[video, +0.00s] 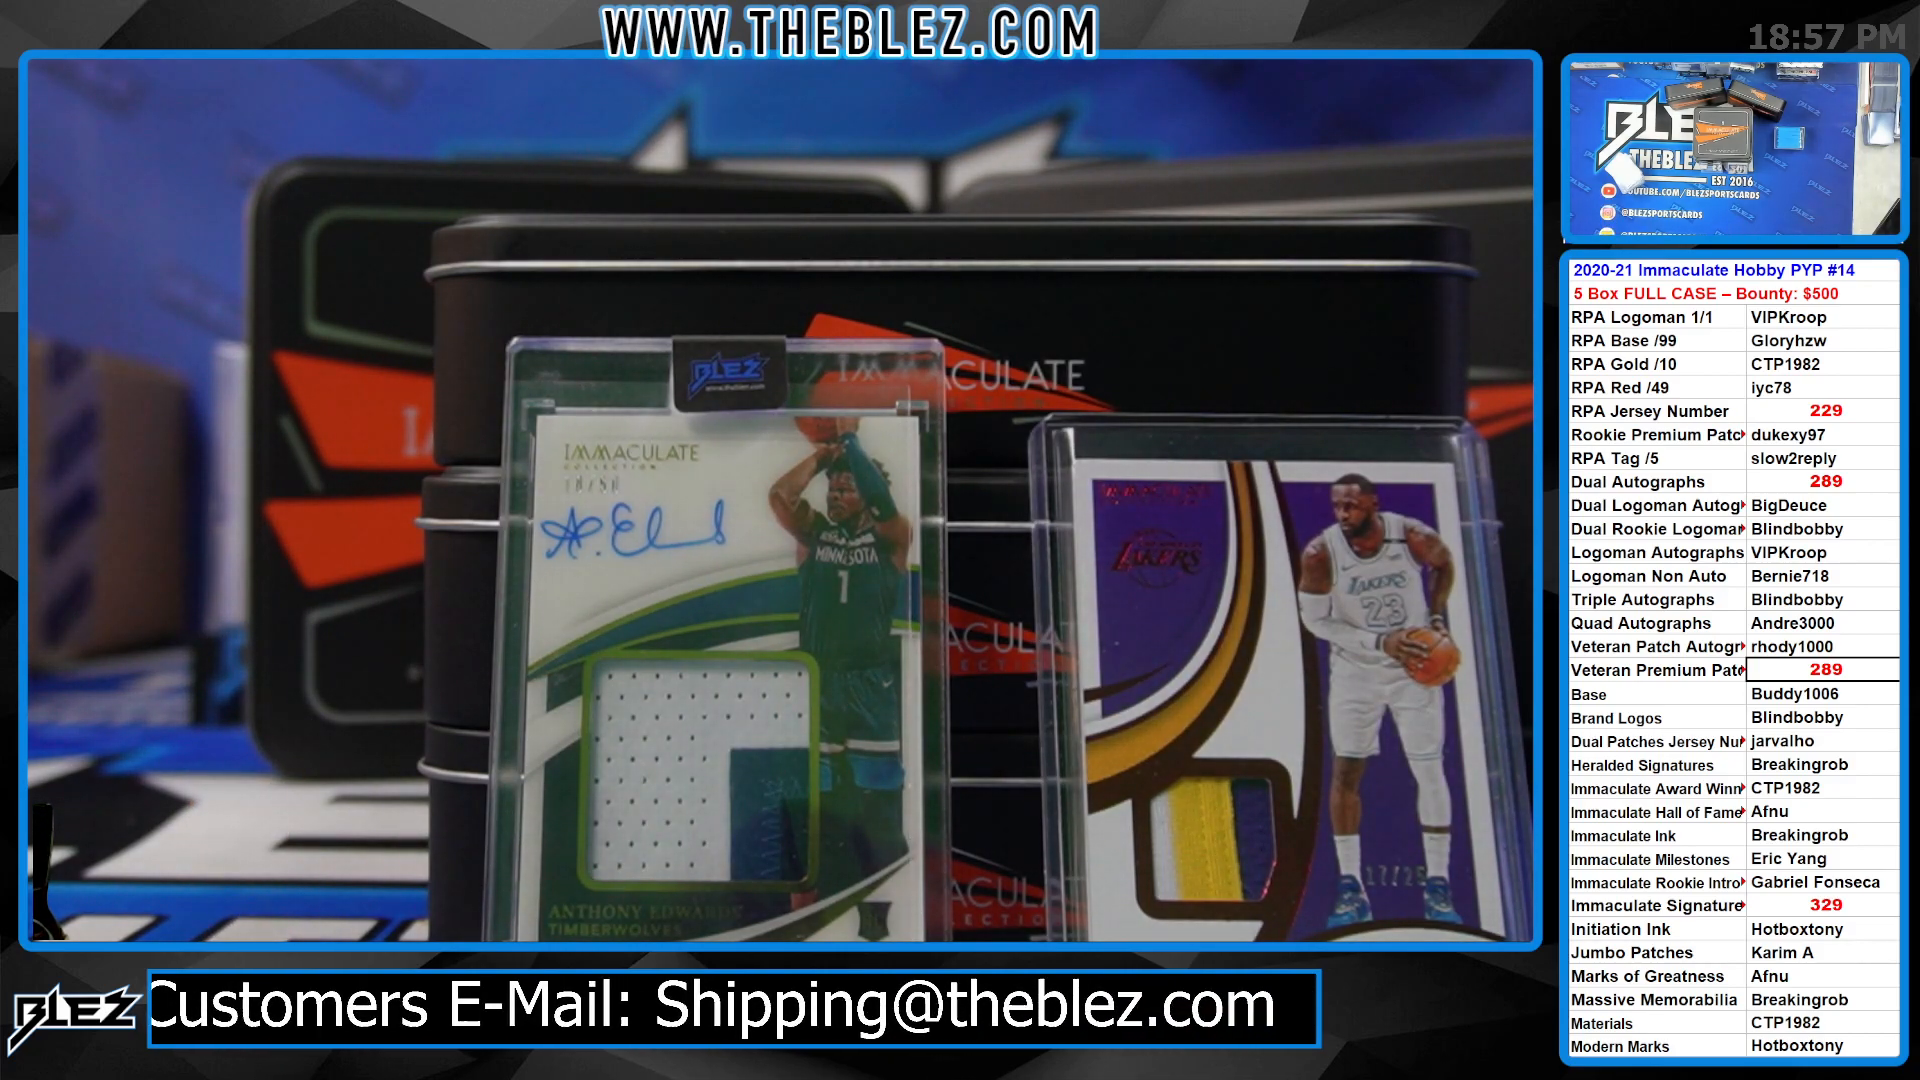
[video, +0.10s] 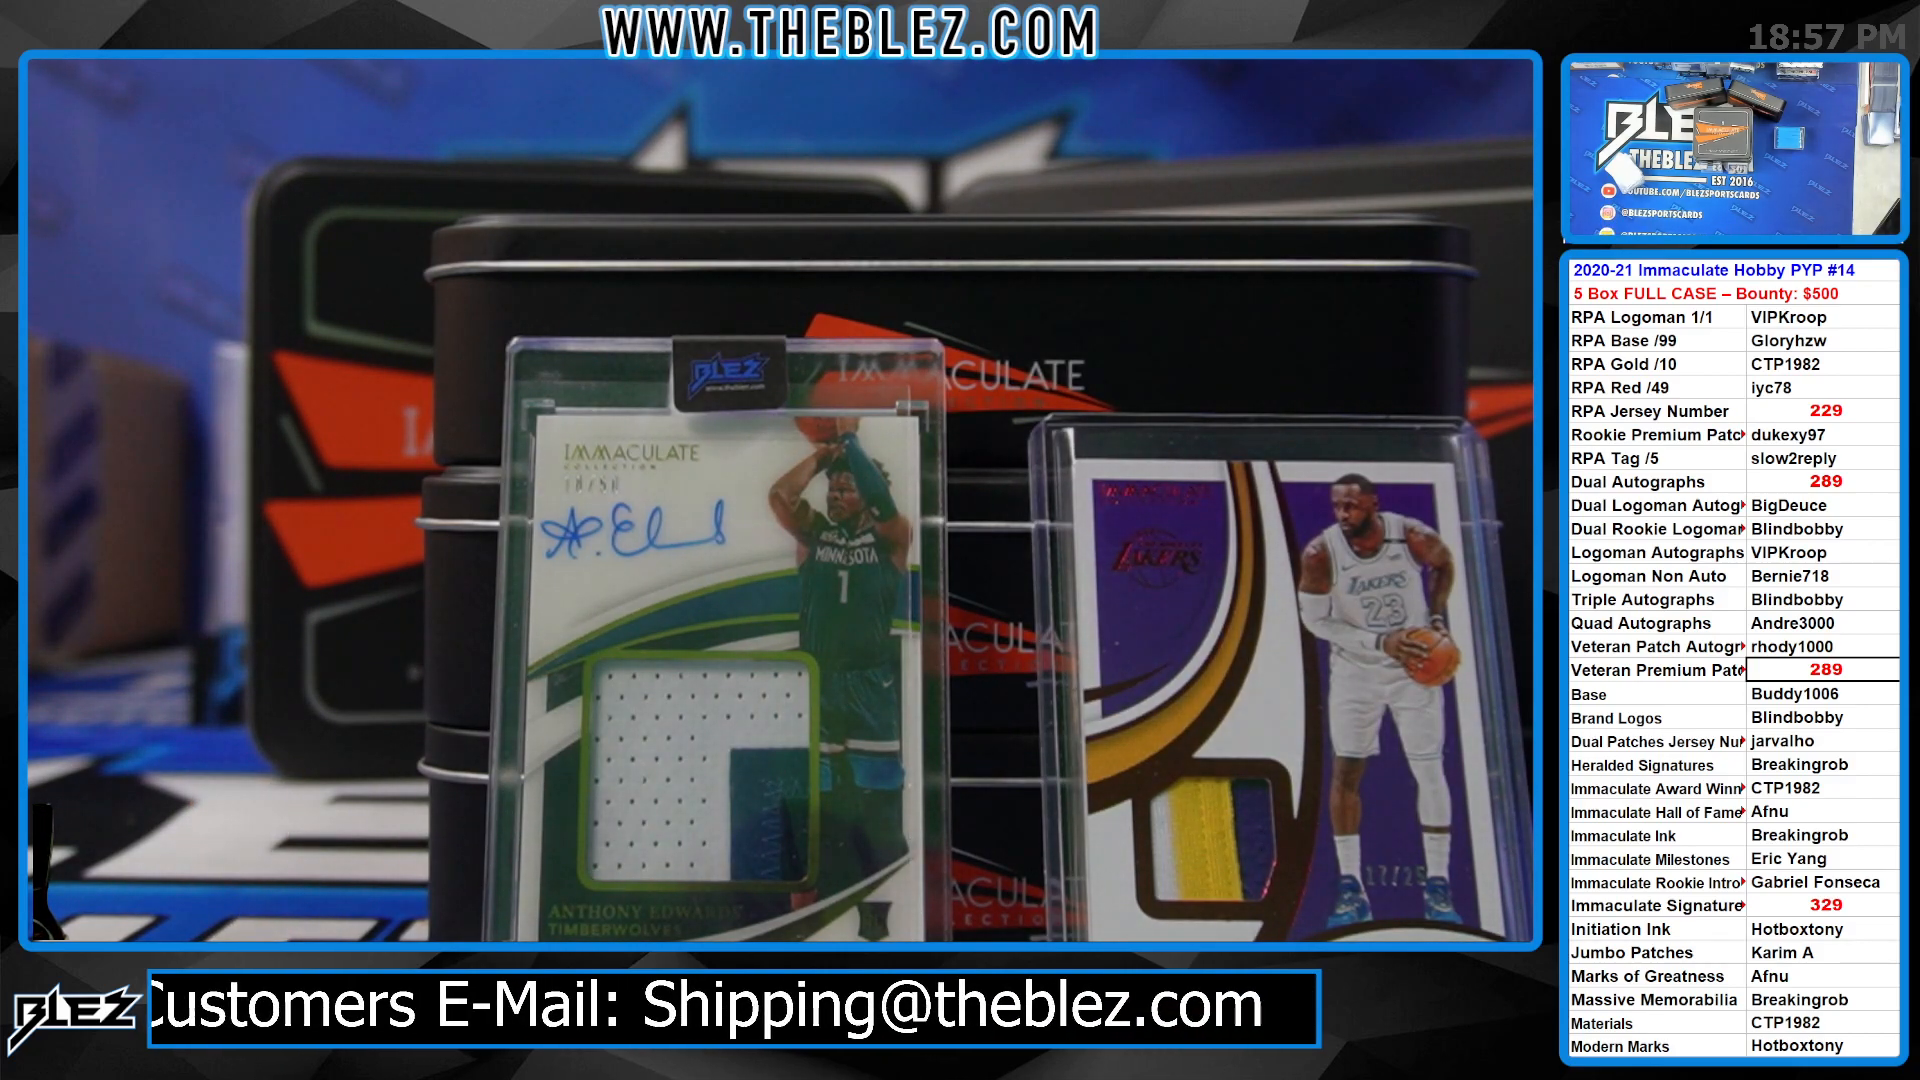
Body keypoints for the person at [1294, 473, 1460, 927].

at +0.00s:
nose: (1343, 514)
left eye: (1351, 505)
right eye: (1337, 506)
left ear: (1373, 505)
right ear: (1333, 509)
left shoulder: (1414, 537)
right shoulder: (1319, 555)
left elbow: (1444, 565)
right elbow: (1315, 621)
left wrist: (1436, 616)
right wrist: (1379, 641)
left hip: (1414, 673)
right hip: (1354, 675)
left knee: (1430, 772)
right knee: (1347, 773)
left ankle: (1438, 885)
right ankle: (1350, 888)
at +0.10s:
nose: (1343, 514)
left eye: (1351, 505)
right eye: (1337, 506)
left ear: (1373, 505)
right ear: (1332, 509)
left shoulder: (1414, 536)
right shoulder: (1319, 555)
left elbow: (1444, 565)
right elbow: (1315, 621)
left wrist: (1436, 617)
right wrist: (1379, 642)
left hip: (1414, 673)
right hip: (1354, 675)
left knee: (1430, 772)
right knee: (1348, 773)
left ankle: (1438, 884)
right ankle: (1350, 888)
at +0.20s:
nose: (1343, 514)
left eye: (1351, 505)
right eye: (1337, 506)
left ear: (1373, 504)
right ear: (1332, 509)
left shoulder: (1413, 536)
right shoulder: (1319, 555)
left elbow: (1444, 564)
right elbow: (1316, 621)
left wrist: (1436, 617)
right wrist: (1379, 642)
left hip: (1414, 673)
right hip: (1354, 675)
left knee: (1430, 772)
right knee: (1347, 773)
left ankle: (1438, 884)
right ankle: (1351, 889)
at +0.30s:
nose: (1343, 514)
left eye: (1351, 505)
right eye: (1337, 506)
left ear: (1373, 505)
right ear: (1332, 509)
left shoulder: (1413, 536)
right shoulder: (1319, 555)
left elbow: (1444, 564)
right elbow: (1315, 621)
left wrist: (1436, 617)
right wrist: (1379, 642)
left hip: (1414, 673)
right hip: (1354, 675)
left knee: (1430, 772)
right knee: (1347, 773)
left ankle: (1438, 885)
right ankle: (1351, 889)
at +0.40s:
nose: (1342, 514)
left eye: (1351, 505)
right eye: (1337, 506)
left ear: (1373, 505)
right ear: (1332, 509)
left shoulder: (1414, 537)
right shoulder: (1319, 555)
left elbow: (1444, 564)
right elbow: (1315, 621)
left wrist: (1436, 617)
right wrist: (1379, 642)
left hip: (1414, 673)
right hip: (1354, 674)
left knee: (1430, 772)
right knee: (1348, 773)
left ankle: (1438, 884)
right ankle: (1350, 888)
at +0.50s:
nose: (1342, 514)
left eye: (1351, 505)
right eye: (1337, 506)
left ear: (1373, 505)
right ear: (1332, 509)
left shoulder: (1413, 536)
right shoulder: (1319, 555)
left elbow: (1444, 564)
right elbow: (1315, 620)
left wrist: (1436, 617)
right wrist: (1379, 642)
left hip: (1414, 673)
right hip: (1354, 674)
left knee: (1430, 772)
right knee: (1348, 773)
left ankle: (1438, 884)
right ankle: (1350, 888)